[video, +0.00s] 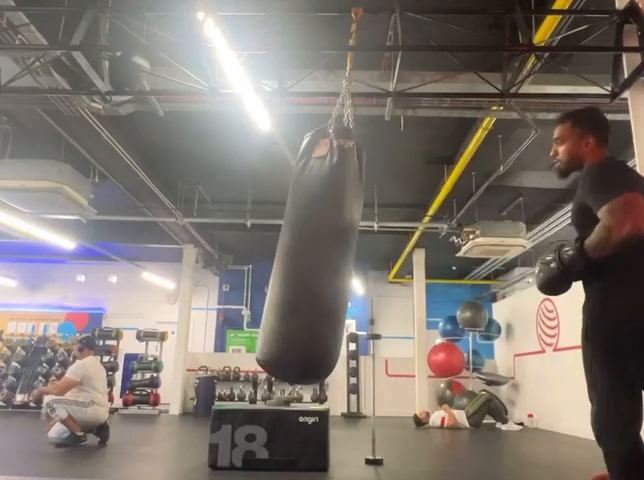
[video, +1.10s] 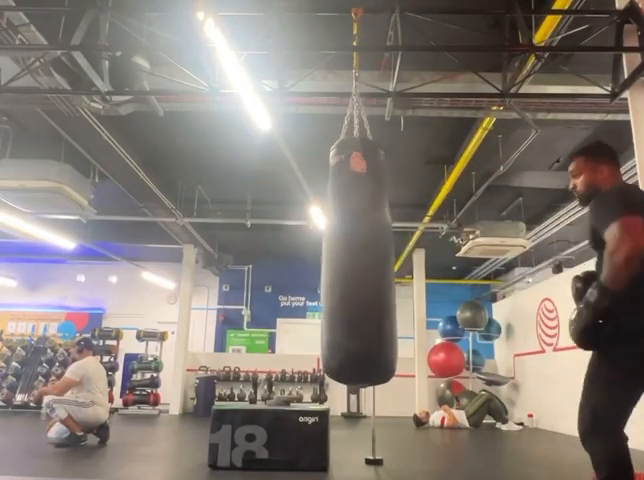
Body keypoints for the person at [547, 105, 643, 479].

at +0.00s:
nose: (553, 150)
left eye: (560, 141)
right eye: (554, 142)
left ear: (588, 141)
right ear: (591, 143)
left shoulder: (600, 173)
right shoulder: (620, 174)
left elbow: (622, 221)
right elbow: (626, 227)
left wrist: (572, 263)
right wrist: (572, 258)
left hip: (616, 309)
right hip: (625, 306)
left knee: (614, 414)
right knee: (621, 409)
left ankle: (623, 470)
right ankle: (626, 468)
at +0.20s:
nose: (551, 162)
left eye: (555, 152)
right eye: (550, 155)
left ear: (583, 149)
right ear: (588, 152)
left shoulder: (597, 178)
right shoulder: (631, 181)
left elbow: (587, 224)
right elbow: (633, 244)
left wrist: (527, 252)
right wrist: (589, 267)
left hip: (615, 308)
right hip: (634, 306)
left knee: (606, 413)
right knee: (615, 406)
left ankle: (617, 470)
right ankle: (619, 468)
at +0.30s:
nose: (545, 169)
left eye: (548, 158)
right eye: (544, 160)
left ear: (573, 153)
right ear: (584, 155)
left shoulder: (581, 186)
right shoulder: (635, 185)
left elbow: (535, 227)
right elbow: (631, 246)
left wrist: (487, 235)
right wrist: (584, 267)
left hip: (609, 315)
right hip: (643, 311)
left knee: (606, 421)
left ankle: (619, 472)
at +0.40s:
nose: (535, 174)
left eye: (537, 164)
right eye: (534, 166)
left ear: (561, 158)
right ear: (571, 159)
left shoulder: (554, 195)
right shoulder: (632, 186)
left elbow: (498, 226)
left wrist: (448, 232)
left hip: (598, 325)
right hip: (639, 320)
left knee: (608, 433)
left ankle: (619, 475)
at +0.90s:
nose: (549, 177)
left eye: (553, 167)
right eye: (548, 169)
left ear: (577, 162)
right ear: (585, 164)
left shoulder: (568, 195)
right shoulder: (635, 196)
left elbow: (515, 237)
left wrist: (473, 253)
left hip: (594, 332)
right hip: (640, 328)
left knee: (593, 426)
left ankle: (614, 476)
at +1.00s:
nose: (561, 176)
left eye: (564, 167)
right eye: (559, 169)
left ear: (590, 161)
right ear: (597, 164)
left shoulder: (588, 189)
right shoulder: (636, 193)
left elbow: (577, 239)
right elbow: (632, 255)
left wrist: (532, 277)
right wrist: (585, 279)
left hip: (607, 324)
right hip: (640, 320)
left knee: (595, 423)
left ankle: (615, 475)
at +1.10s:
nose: (572, 185)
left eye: (576, 175)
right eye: (571, 178)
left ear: (604, 169)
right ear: (608, 172)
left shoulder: (612, 197)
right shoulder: (629, 197)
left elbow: (626, 247)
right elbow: (630, 255)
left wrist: (591, 308)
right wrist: (596, 281)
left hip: (630, 331)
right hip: (631, 329)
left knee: (598, 427)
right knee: (602, 426)